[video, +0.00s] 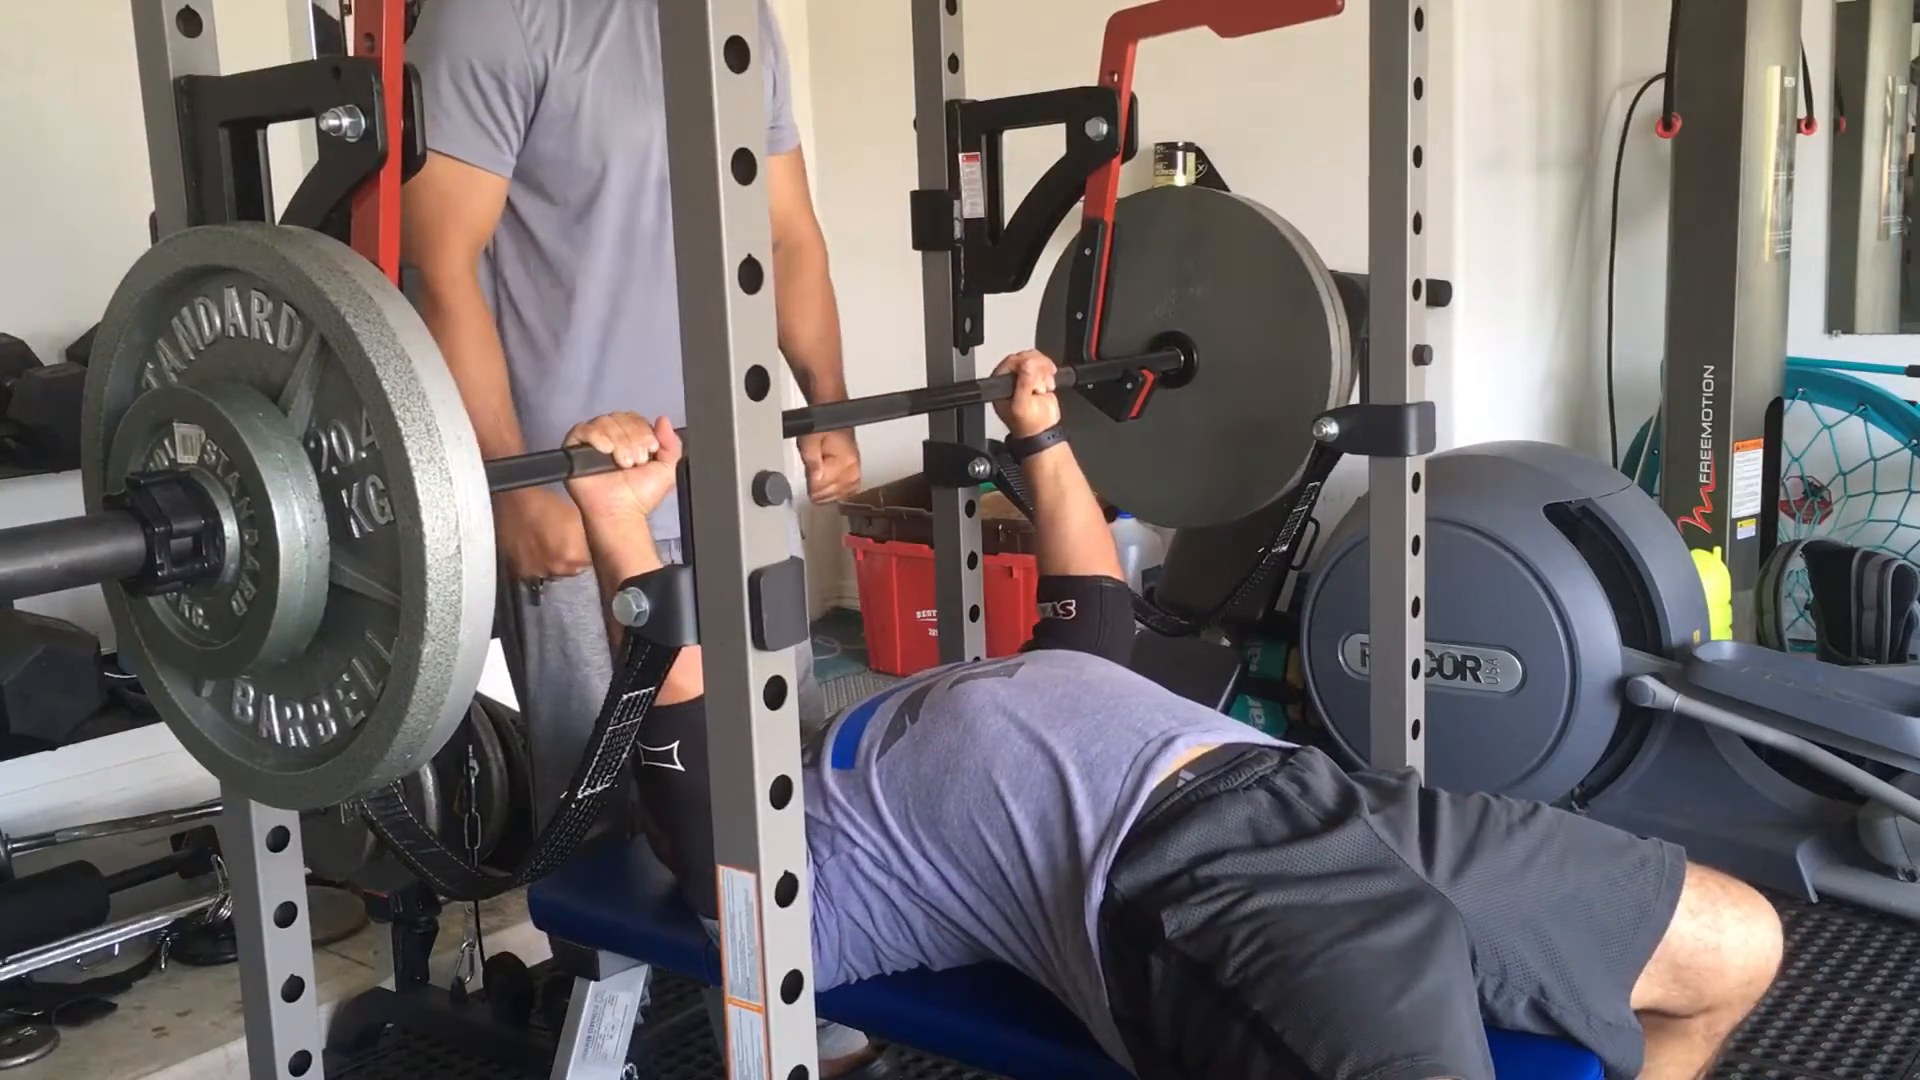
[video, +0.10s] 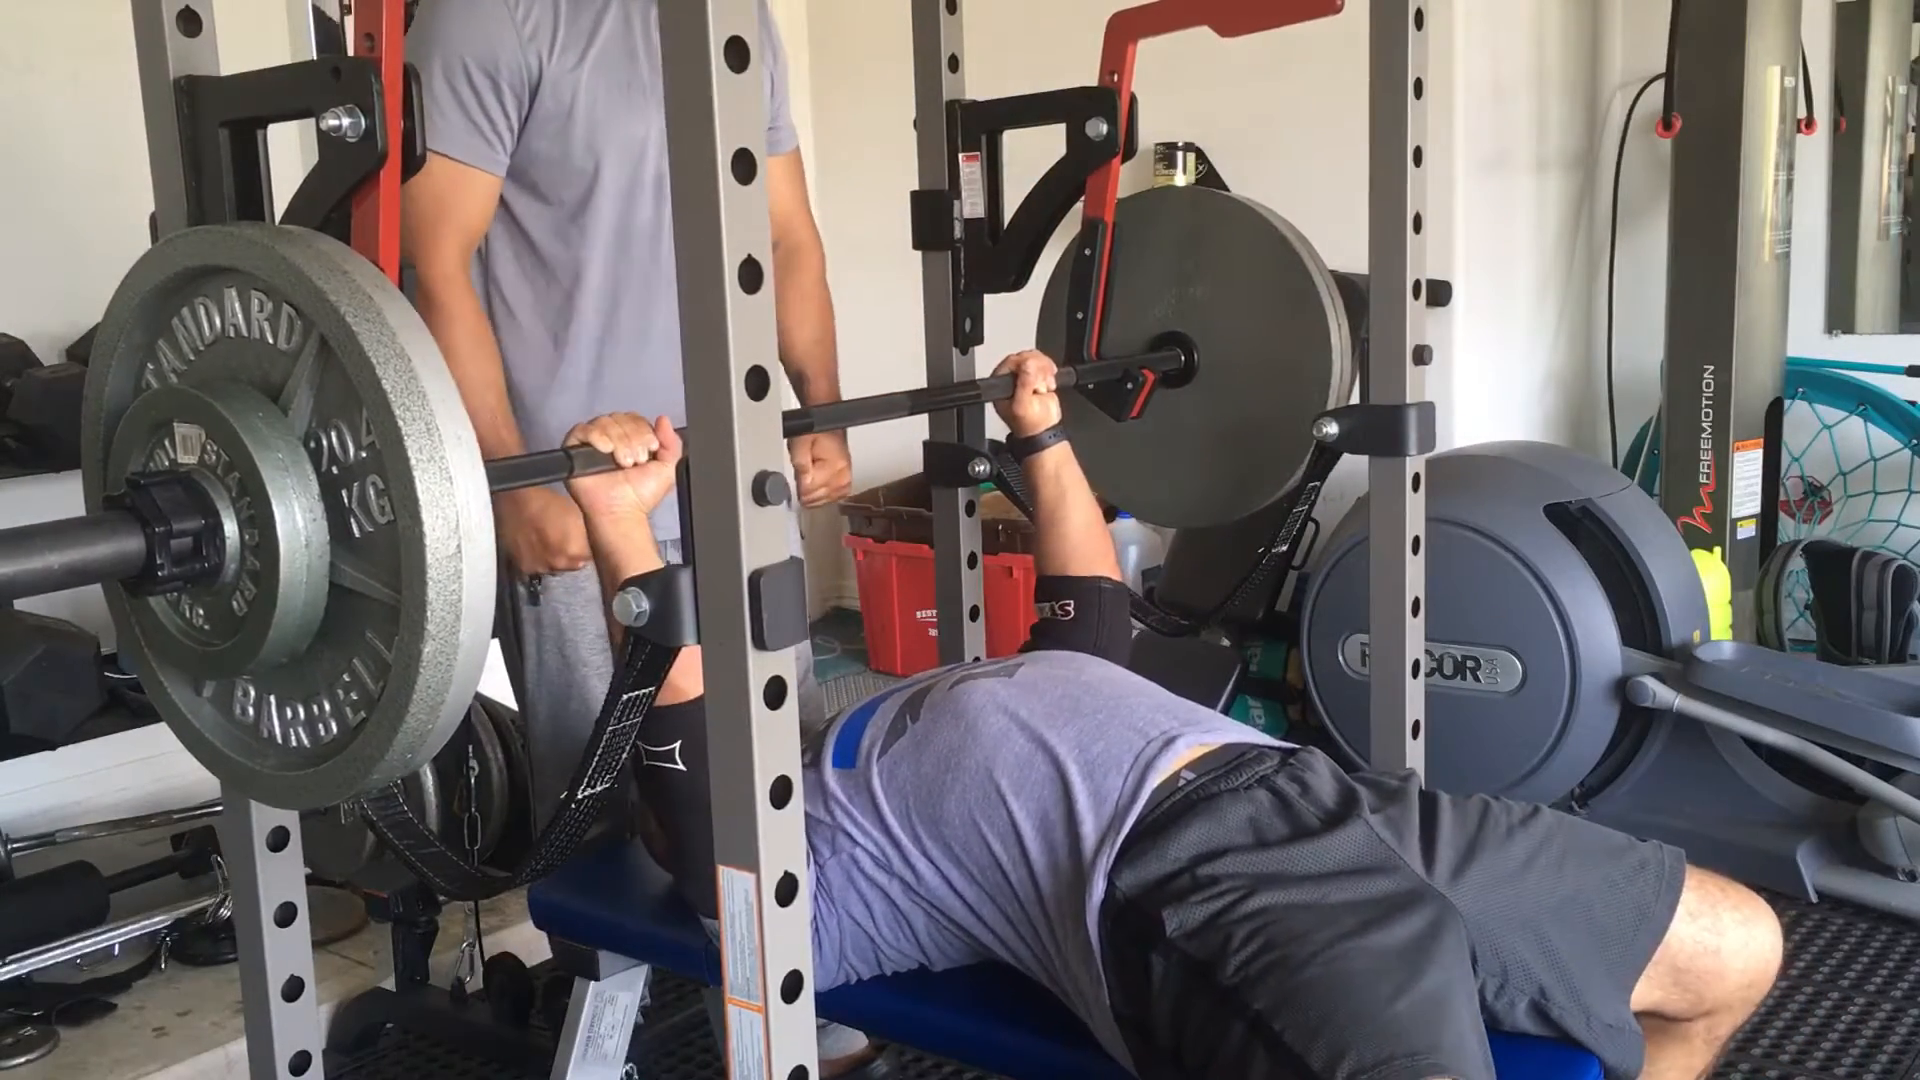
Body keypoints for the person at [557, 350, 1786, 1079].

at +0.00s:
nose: (746, 679)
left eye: (758, 675)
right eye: (715, 708)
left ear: (823, 691)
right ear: (708, 770)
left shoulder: (1010, 701)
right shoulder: (791, 847)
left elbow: (1095, 613)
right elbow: (692, 729)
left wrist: (1039, 438)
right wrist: (623, 533)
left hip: (1330, 786)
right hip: (1207, 882)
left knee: (1740, 942)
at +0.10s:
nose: (740, 674)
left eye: (753, 672)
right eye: (713, 700)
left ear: (828, 691)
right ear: (702, 772)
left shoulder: (1013, 702)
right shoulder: (786, 855)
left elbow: (1091, 610)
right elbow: (691, 723)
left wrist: (1039, 435)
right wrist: (618, 531)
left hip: (1329, 785)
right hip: (1206, 881)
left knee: (1740, 948)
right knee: (1424, 1060)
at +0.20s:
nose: (762, 690)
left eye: (765, 684)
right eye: (718, 716)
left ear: (831, 696)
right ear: (715, 768)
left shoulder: (1012, 705)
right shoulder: (800, 849)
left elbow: (1090, 616)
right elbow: (699, 744)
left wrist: (1042, 436)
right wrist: (630, 532)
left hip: (1337, 788)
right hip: (1212, 883)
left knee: (1742, 952)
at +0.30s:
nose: (731, 680)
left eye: (736, 677)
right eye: (707, 705)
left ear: (813, 698)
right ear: (709, 765)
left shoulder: (1010, 706)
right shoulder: (795, 852)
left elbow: (1089, 614)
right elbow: (695, 738)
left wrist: (1042, 434)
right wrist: (630, 529)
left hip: (1336, 786)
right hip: (1211, 882)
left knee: (1743, 953)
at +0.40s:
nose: (725, 676)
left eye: (729, 675)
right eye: (704, 700)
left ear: (806, 696)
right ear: (701, 765)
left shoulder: (1014, 707)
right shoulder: (795, 850)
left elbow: (1088, 609)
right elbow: (693, 741)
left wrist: (1043, 434)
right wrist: (628, 534)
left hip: (1336, 787)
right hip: (1211, 883)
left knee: (1744, 955)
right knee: (1432, 1064)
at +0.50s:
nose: (735, 674)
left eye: (742, 676)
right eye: (715, 702)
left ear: (827, 692)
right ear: (722, 763)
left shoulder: (1028, 696)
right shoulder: (801, 837)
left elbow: (1088, 596)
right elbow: (689, 740)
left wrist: (1042, 432)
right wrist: (630, 537)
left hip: (1340, 786)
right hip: (1210, 881)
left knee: (1745, 958)